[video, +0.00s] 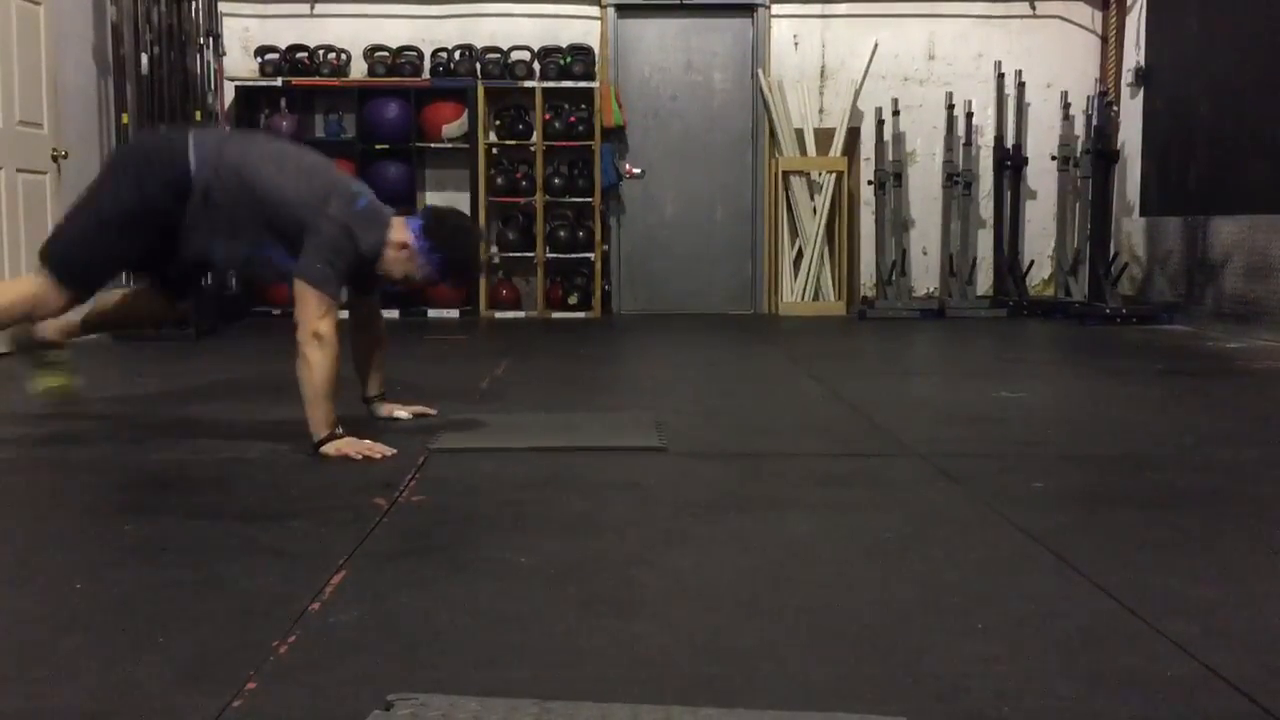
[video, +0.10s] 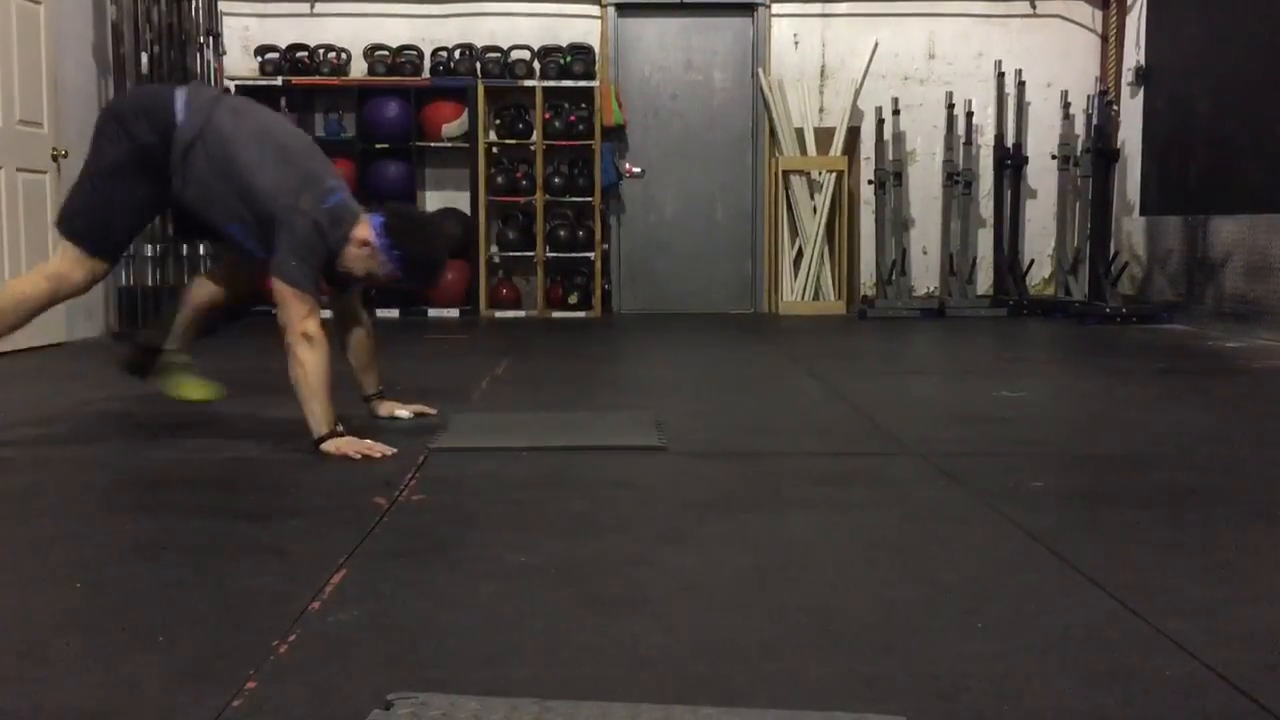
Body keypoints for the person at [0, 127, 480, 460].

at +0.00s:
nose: (409, 284)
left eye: (419, 281)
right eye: (418, 275)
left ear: (416, 237)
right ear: (413, 242)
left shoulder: (373, 228)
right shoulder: (339, 223)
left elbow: (365, 316)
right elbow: (314, 331)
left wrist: (375, 395)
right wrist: (326, 436)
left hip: (200, 207)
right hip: (163, 169)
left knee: (160, 302)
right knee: (51, 290)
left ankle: (56, 329)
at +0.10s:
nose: (369, 281)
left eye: (378, 280)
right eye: (375, 274)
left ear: (370, 240)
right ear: (368, 242)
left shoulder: (346, 226)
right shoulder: (304, 223)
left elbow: (352, 318)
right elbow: (302, 334)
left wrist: (375, 397)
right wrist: (326, 434)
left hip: (197, 143)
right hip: (148, 126)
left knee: (238, 268)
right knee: (72, 272)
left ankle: (170, 360)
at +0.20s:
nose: (354, 272)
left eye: (363, 269)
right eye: (360, 265)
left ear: (358, 224)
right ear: (354, 236)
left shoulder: (338, 206)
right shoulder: (291, 227)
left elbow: (356, 304)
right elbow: (297, 335)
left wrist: (380, 385)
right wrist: (327, 433)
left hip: (197, 125)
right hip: (137, 136)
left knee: (294, 268)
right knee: (85, 288)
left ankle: (268, 363)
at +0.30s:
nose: (388, 230)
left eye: (395, 223)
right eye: (389, 218)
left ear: (373, 187)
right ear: (367, 192)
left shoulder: (351, 188)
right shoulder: (298, 212)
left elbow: (377, 282)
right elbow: (306, 327)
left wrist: (403, 361)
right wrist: (327, 430)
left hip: (198, 174)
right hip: (139, 181)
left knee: (307, 282)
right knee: (94, 315)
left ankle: (287, 388)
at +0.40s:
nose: (419, 170)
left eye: (425, 160)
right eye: (418, 157)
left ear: (398, 143)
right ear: (387, 138)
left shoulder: (372, 169)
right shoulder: (317, 163)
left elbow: (395, 254)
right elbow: (314, 285)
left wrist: (419, 334)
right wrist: (333, 388)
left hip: (236, 206)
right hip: (171, 193)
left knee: (330, 274)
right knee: (109, 311)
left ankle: (289, 387)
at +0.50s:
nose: (446, 119)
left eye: (454, 110)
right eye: (446, 104)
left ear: (439, 100)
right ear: (414, 81)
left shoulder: (396, 140)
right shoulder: (349, 113)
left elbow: (390, 221)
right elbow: (302, 205)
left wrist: (380, 299)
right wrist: (276, 302)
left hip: (260, 177)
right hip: (193, 162)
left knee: (340, 258)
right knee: (143, 286)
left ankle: (292, 386)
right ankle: (8, 368)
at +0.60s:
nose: (477, 71)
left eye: (483, 60)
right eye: (476, 55)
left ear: (456, 46)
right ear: (443, 35)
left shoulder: (408, 100)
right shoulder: (373, 70)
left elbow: (353, 174)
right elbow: (280, 125)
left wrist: (347, 239)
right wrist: (213, 205)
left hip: (278, 146)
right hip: (211, 130)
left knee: (330, 246)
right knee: (200, 260)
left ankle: (292, 381)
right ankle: (64, 350)